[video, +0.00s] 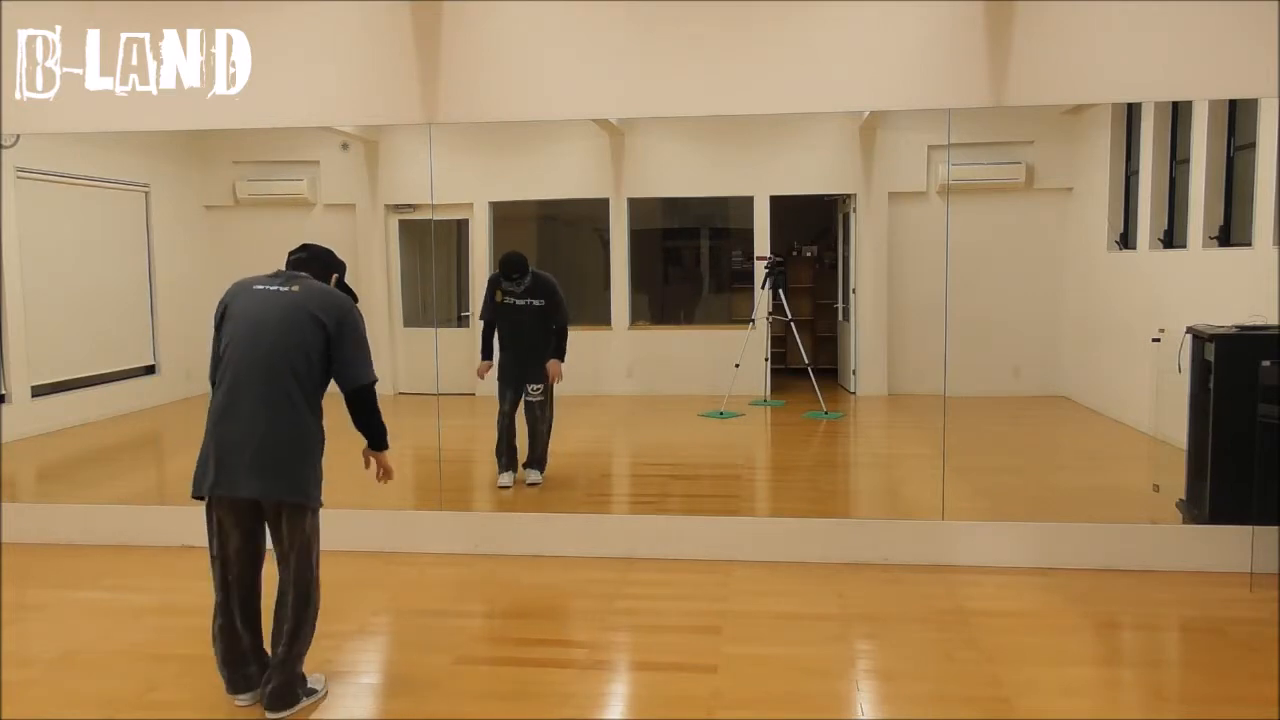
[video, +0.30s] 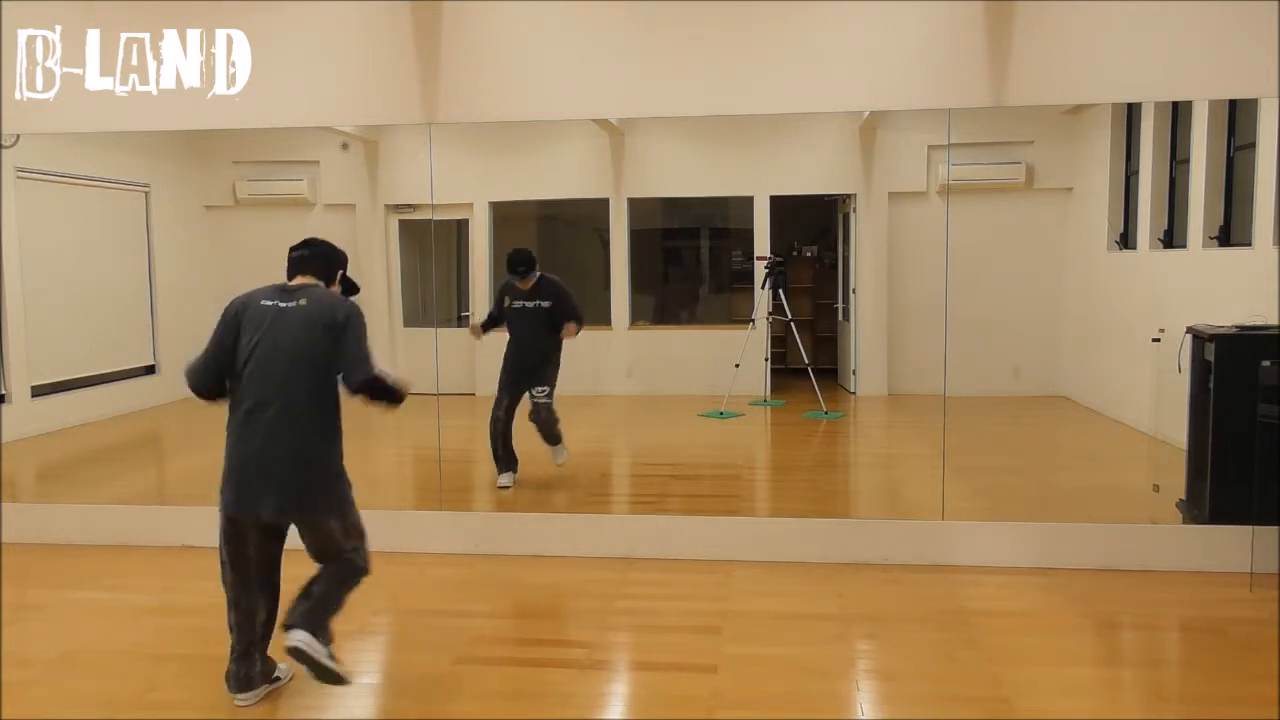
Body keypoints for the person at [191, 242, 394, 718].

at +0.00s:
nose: (340, 294)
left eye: (340, 289)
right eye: (340, 287)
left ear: (288, 269)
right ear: (329, 279)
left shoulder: (237, 292)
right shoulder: (336, 305)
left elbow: (220, 372)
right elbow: (357, 385)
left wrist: (243, 423)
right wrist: (377, 444)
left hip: (225, 452)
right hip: (289, 456)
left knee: (233, 570)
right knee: (298, 573)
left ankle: (242, 677)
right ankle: (283, 688)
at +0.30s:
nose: (343, 288)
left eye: (341, 283)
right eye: (343, 282)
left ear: (289, 275)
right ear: (334, 279)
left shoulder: (244, 305)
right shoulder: (341, 310)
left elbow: (203, 379)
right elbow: (359, 377)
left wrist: (245, 381)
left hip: (246, 470)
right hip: (311, 468)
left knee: (248, 577)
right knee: (346, 557)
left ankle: (248, 676)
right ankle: (308, 625)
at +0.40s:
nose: (348, 268)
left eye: (346, 263)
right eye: (348, 262)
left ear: (293, 257)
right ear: (342, 261)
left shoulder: (250, 296)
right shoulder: (350, 292)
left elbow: (179, 346)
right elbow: (400, 330)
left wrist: (234, 335)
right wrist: (444, 341)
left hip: (261, 468)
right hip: (329, 467)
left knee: (254, 577)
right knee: (382, 563)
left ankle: (248, 676)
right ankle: (372, 661)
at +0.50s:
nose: (355, 262)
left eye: (353, 257)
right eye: (355, 256)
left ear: (300, 253)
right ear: (348, 255)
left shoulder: (260, 295)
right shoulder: (367, 286)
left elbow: (199, 333)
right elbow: (444, 316)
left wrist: (174, 353)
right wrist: (511, 336)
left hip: (284, 465)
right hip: (355, 463)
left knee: (271, 558)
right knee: (391, 576)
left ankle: (266, 665)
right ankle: (422, 698)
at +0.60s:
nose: (366, 268)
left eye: (365, 263)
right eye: (365, 261)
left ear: (309, 259)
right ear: (358, 260)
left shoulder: (271, 306)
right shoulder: (382, 299)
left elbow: (224, 358)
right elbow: (457, 345)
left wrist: (188, 381)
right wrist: (527, 374)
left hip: (302, 469)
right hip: (374, 468)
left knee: (305, 562)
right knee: (388, 581)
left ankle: (304, 660)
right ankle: (418, 709)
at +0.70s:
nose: (371, 271)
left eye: (369, 266)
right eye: (372, 265)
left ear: (315, 260)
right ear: (365, 263)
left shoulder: (277, 309)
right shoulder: (382, 305)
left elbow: (224, 399)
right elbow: (431, 378)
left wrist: (248, 437)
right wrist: (463, 427)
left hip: (308, 484)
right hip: (375, 482)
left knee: (327, 580)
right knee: (395, 588)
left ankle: (322, 690)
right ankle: (410, 701)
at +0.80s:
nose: (374, 270)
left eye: (374, 264)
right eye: (376, 263)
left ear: (319, 256)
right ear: (369, 260)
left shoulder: (275, 310)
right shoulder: (380, 307)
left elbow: (264, 407)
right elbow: (392, 403)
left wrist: (301, 445)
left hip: (304, 489)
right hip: (371, 483)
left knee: (319, 603)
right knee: (406, 588)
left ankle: (328, 711)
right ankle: (404, 693)